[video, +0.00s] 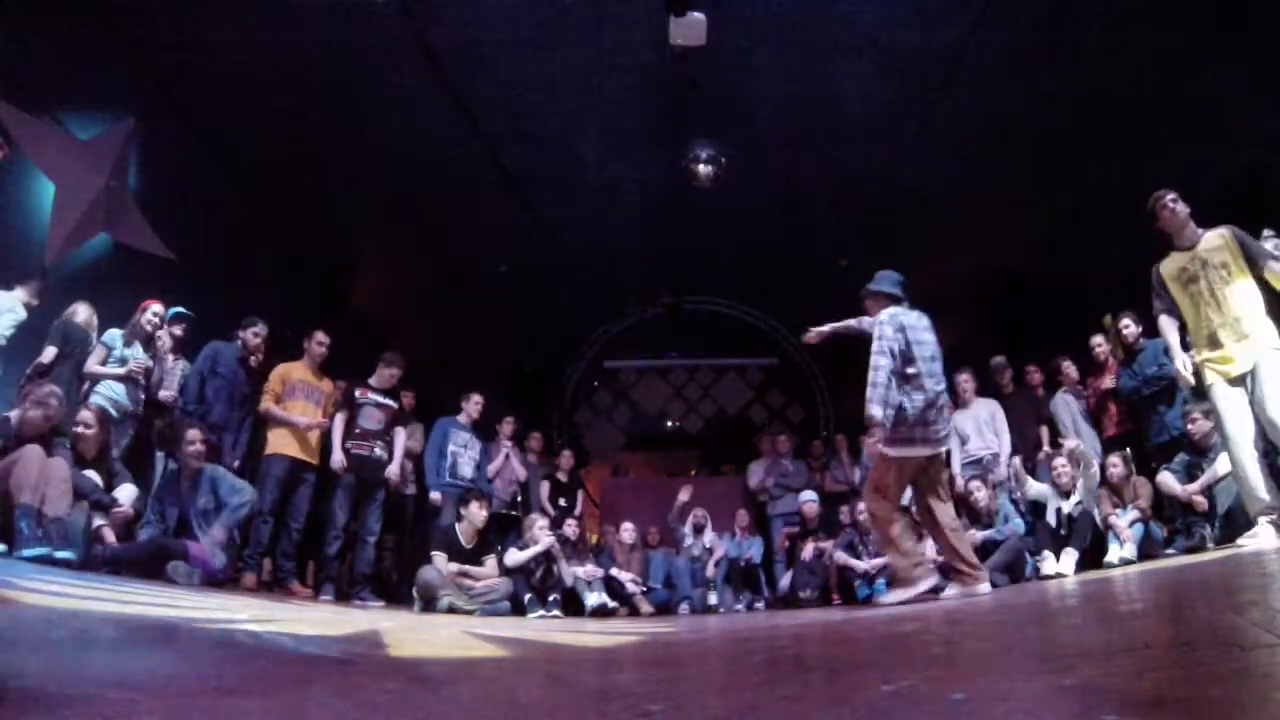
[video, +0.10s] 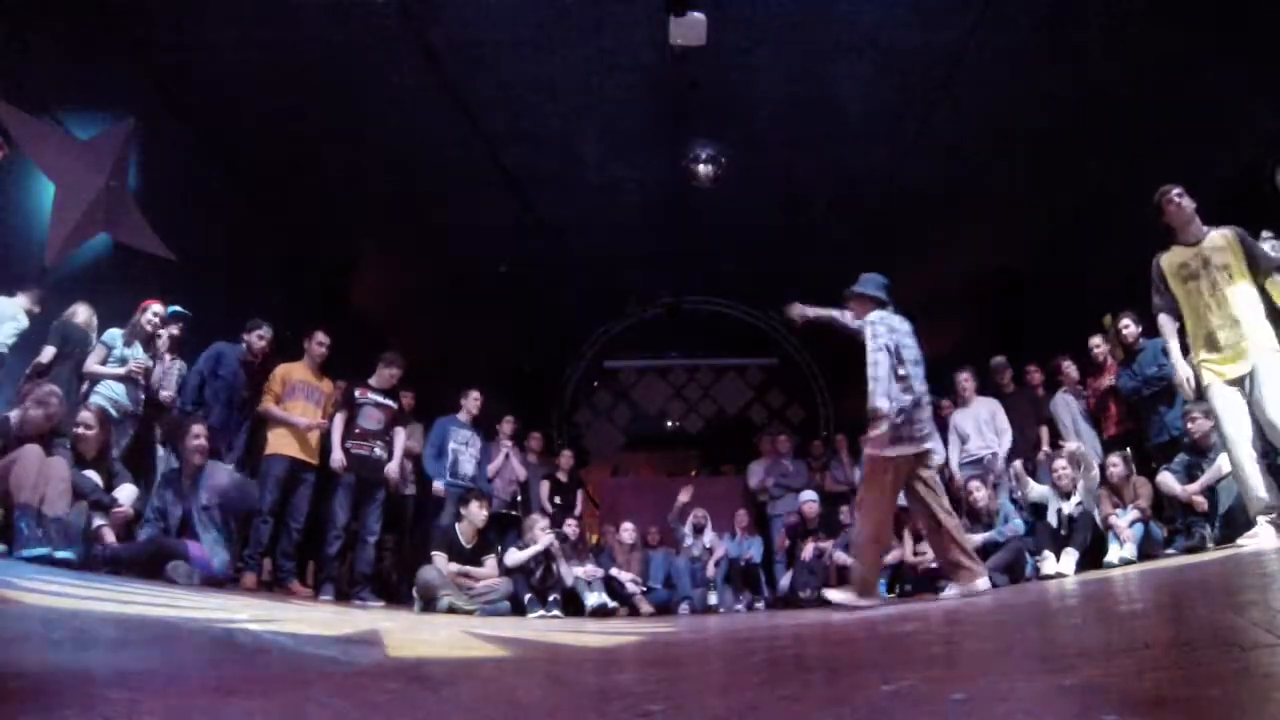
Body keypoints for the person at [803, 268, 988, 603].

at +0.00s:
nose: (867, 306)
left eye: (869, 300)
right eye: (867, 301)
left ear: (880, 298)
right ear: (899, 297)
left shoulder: (887, 321)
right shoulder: (920, 319)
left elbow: (880, 370)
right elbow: (868, 323)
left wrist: (875, 422)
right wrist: (828, 329)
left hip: (904, 433)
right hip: (935, 432)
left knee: (878, 500)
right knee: (936, 503)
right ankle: (971, 577)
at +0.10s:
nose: (852, 308)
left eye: (855, 301)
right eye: (851, 302)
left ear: (869, 301)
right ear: (883, 302)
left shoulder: (876, 324)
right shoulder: (900, 324)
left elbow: (879, 369)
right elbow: (851, 320)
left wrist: (879, 416)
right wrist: (811, 312)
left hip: (891, 432)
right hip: (918, 431)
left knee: (871, 509)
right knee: (933, 507)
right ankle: (970, 575)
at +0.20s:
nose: (833, 309)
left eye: (837, 305)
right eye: (834, 305)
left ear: (851, 308)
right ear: (863, 307)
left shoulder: (860, 328)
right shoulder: (875, 328)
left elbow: (874, 367)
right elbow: (832, 314)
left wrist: (884, 407)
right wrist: (804, 293)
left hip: (874, 434)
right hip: (900, 430)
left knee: (863, 514)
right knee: (925, 504)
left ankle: (843, 590)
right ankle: (966, 571)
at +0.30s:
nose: (816, 315)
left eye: (820, 310)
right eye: (818, 310)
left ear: (832, 313)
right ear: (841, 313)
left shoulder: (842, 336)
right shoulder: (851, 335)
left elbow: (861, 372)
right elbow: (817, 319)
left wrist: (878, 408)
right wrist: (796, 291)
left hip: (851, 440)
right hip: (872, 436)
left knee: (845, 519)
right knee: (898, 502)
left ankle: (841, 593)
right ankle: (954, 558)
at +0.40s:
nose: (801, 319)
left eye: (805, 314)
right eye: (801, 314)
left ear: (817, 318)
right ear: (827, 318)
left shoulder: (826, 341)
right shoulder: (834, 340)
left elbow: (839, 381)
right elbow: (796, 323)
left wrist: (852, 420)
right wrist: (765, 299)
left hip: (830, 446)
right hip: (850, 443)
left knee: (827, 519)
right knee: (853, 512)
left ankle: (840, 595)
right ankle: (916, 548)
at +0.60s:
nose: (771, 336)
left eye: (776, 330)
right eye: (772, 330)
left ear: (792, 333)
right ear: (793, 333)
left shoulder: (807, 358)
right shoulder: (798, 357)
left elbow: (797, 412)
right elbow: (763, 353)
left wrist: (777, 461)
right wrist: (724, 345)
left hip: (806, 456)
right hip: (798, 456)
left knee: (801, 533)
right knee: (766, 517)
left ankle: (840, 595)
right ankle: (819, 576)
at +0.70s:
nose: (755, 332)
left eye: (759, 327)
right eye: (755, 327)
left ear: (774, 329)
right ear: (775, 330)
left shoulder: (789, 356)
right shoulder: (775, 356)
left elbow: (779, 407)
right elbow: (745, 349)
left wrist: (760, 453)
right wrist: (708, 333)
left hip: (794, 456)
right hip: (777, 455)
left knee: (801, 529)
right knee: (747, 513)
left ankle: (839, 594)